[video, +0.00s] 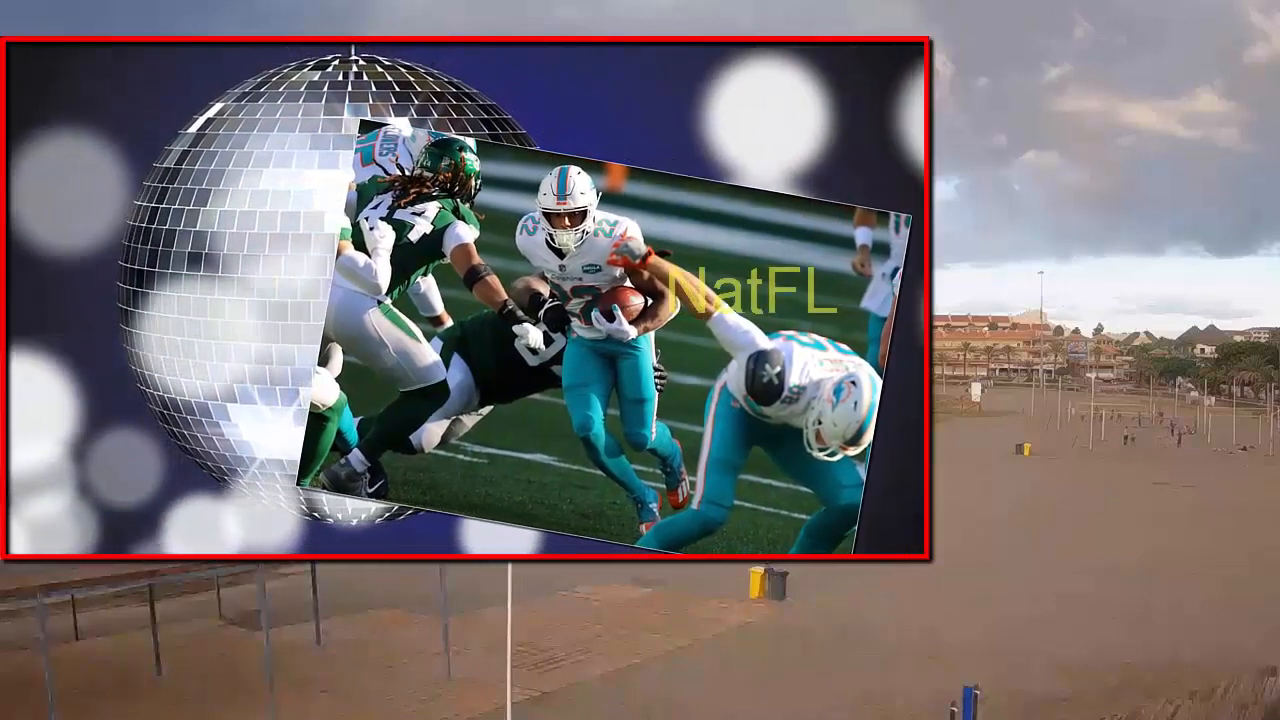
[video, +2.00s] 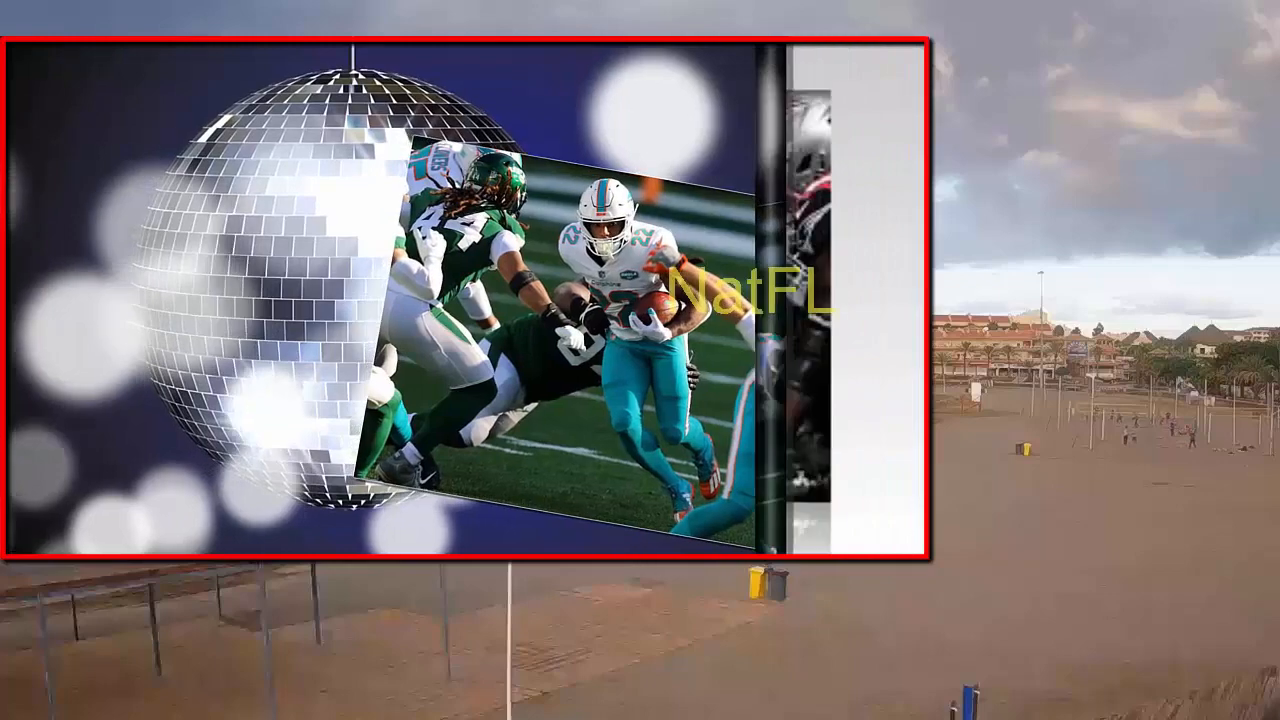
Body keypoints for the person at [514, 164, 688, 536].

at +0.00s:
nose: (564, 224)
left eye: (572, 215)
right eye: (555, 216)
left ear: (590, 209)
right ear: (543, 211)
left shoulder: (621, 237)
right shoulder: (529, 234)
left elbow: (668, 299)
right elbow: (555, 276)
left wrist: (636, 330)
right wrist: (559, 306)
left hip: (632, 341)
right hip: (583, 340)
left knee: (639, 436)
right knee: (587, 430)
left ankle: (673, 462)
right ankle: (645, 499)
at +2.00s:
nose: (603, 233)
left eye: (611, 225)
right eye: (595, 226)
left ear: (627, 219)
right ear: (584, 222)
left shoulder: (657, 243)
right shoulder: (571, 243)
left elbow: (701, 304)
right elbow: (592, 282)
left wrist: (669, 332)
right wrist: (592, 310)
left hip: (667, 343)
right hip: (621, 342)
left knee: (673, 431)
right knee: (625, 425)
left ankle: (704, 454)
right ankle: (678, 490)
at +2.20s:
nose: (607, 234)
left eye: (616, 226)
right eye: (599, 227)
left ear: (631, 220)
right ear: (587, 222)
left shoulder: (660, 244)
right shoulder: (575, 244)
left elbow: (697, 296)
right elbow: (598, 285)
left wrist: (675, 330)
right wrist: (594, 315)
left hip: (670, 342)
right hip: (624, 341)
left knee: (678, 433)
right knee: (629, 424)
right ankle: (681, 489)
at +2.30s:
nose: (610, 235)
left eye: (618, 227)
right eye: (602, 228)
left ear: (633, 221)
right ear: (590, 223)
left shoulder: (655, 245)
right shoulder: (577, 244)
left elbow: (682, 281)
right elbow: (599, 280)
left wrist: (651, 309)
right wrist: (595, 308)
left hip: (668, 341)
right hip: (627, 342)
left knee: (674, 426)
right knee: (630, 421)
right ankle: (675, 477)